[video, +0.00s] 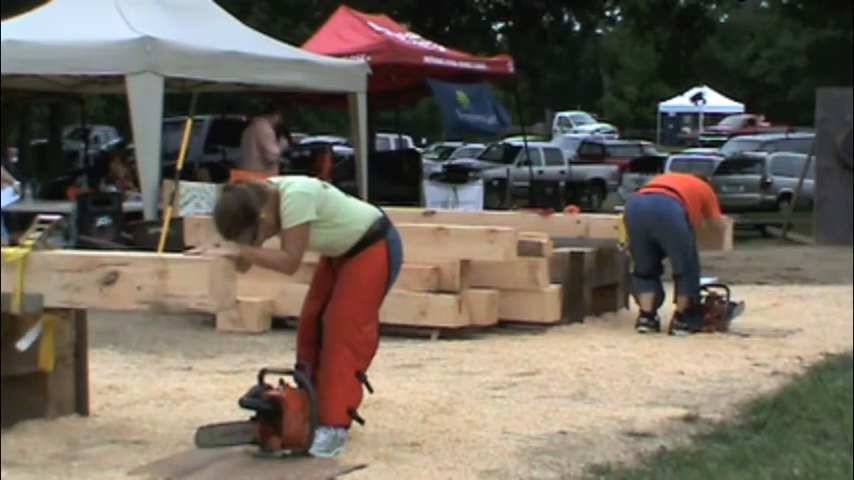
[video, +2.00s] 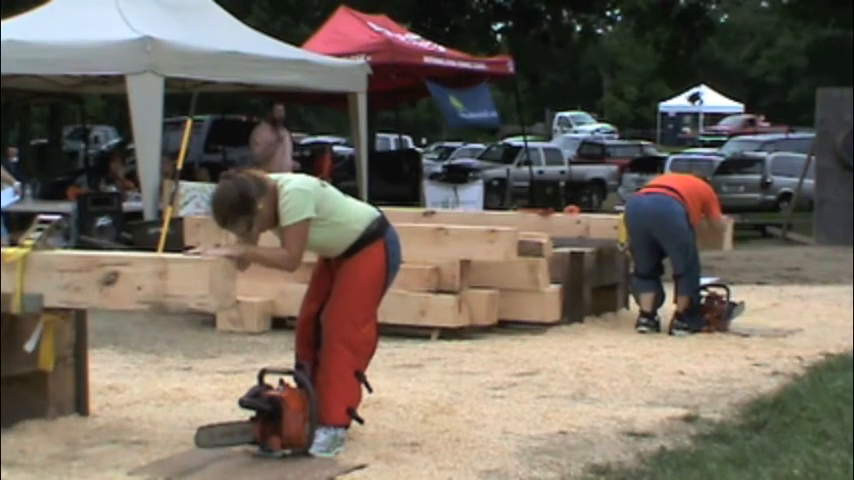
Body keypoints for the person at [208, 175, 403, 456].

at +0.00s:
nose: (258, 241)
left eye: (257, 236)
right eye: (251, 240)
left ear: (263, 212)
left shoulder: (298, 197)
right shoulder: (265, 198)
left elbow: (290, 263)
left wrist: (242, 253)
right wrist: (241, 255)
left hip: (372, 245)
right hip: (337, 250)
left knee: (341, 325)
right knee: (312, 321)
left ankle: (335, 425)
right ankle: (310, 411)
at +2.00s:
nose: (252, 233)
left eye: (251, 227)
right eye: (244, 231)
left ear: (260, 204)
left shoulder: (296, 195)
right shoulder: (262, 194)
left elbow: (291, 260)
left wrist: (244, 253)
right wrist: (232, 250)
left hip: (371, 247)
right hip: (336, 254)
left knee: (338, 325)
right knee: (309, 322)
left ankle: (334, 425)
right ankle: (309, 413)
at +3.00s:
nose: (244, 227)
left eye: (242, 219)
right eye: (238, 224)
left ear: (256, 198)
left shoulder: (302, 198)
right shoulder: (263, 214)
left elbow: (325, 262)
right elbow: (277, 267)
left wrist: (281, 281)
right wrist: (264, 293)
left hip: (374, 245)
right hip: (337, 254)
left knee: (338, 322)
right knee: (309, 322)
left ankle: (336, 426)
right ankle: (310, 414)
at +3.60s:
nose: (230, 250)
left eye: (228, 240)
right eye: (224, 244)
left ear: (244, 223)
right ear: (245, 224)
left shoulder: (284, 228)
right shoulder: (270, 245)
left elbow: (301, 299)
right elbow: (301, 305)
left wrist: (290, 357)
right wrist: (305, 364)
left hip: (387, 250)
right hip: (365, 255)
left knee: (339, 332)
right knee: (331, 330)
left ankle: (340, 428)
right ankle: (349, 413)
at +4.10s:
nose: (237, 253)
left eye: (234, 244)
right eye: (230, 248)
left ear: (251, 224)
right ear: (253, 221)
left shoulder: (287, 226)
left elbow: (305, 299)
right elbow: (307, 293)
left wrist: (301, 361)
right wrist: (302, 356)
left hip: (382, 255)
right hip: (364, 257)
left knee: (334, 335)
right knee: (329, 331)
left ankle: (338, 429)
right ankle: (350, 412)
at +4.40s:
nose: (228, 236)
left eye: (225, 227)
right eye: (223, 230)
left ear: (241, 210)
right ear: (244, 205)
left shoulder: (278, 217)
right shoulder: (281, 197)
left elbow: (295, 292)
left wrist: (283, 358)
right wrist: (284, 287)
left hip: (379, 242)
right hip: (386, 232)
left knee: (333, 330)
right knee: (353, 322)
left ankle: (337, 428)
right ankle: (365, 402)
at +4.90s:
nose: (251, 183)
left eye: (254, 172)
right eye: (245, 177)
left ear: (274, 157)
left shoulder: (304, 179)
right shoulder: (282, 200)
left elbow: (346, 221)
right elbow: (304, 257)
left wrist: (308, 259)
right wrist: (304, 309)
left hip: (385, 240)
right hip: (355, 250)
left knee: (357, 318)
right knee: (335, 319)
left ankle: (353, 419)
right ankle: (339, 412)